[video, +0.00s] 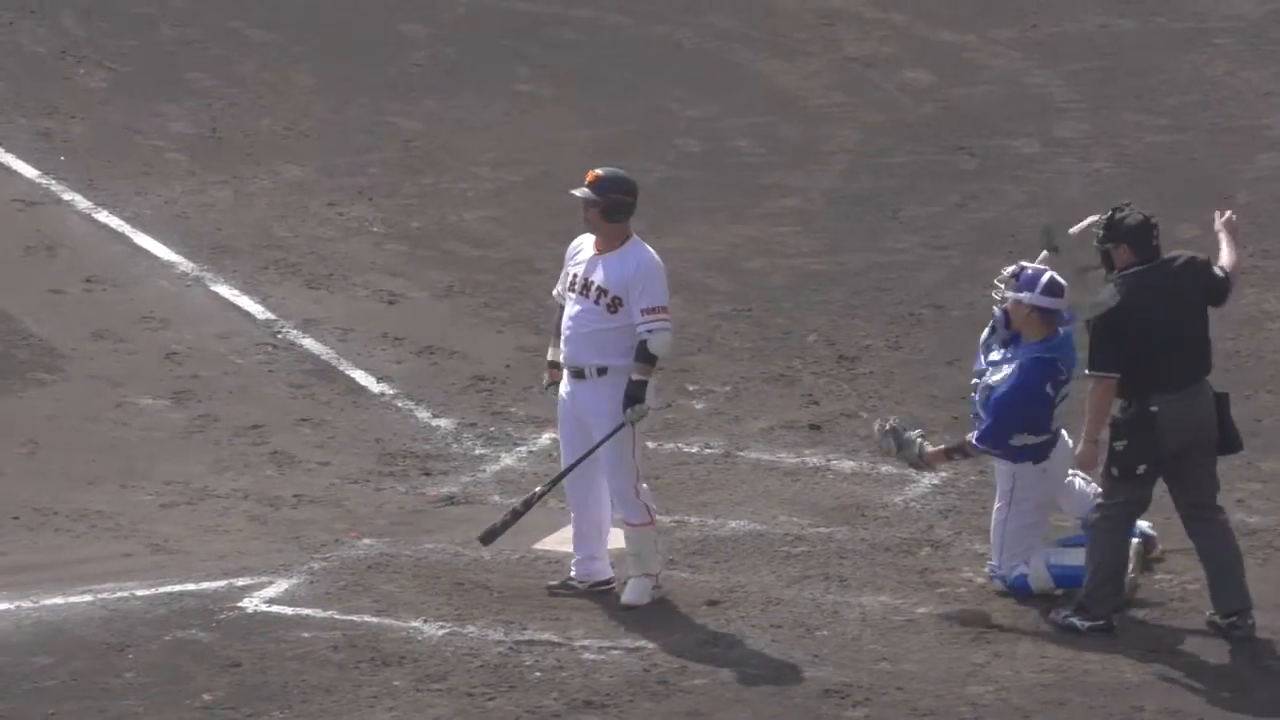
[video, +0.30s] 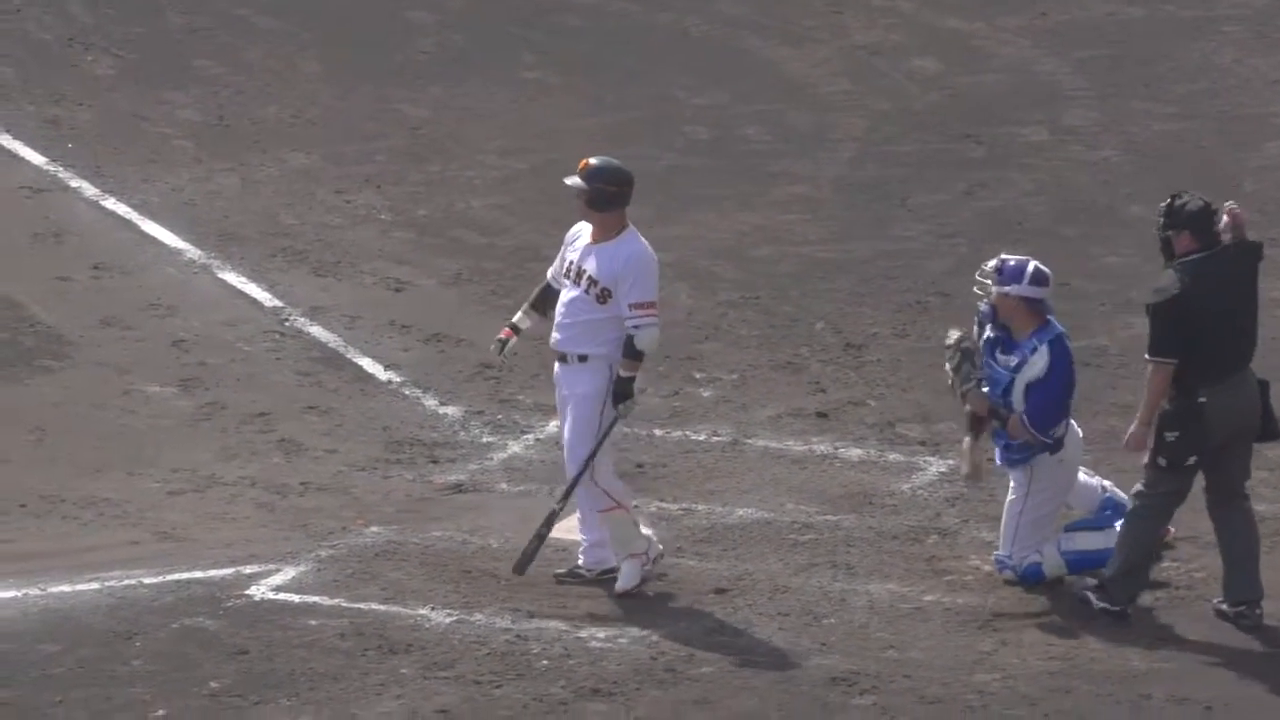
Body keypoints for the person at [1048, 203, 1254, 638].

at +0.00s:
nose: (1107, 255)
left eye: (1109, 248)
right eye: (1108, 247)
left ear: (1122, 252)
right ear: (1150, 244)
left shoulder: (1113, 306)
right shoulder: (1188, 270)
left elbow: (1103, 383)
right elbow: (1226, 278)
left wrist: (1089, 440)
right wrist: (1227, 234)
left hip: (1144, 417)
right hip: (1197, 406)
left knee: (1114, 513)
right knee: (1203, 509)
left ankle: (1095, 611)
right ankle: (1236, 612)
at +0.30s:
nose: (1165, 238)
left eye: (1170, 232)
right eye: (1167, 231)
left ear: (1185, 238)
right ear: (1209, 236)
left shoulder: (1172, 292)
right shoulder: (1241, 261)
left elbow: (1162, 369)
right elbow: (1244, 245)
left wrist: (1142, 422)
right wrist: (1236, 228)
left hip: (1190, 407)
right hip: (1239, 395)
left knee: (1152, 500)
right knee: (1230, 497)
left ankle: (1115, 593)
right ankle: (1244, 601)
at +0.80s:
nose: (1205, 223)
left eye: (1210, 217)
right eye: (1206, 215)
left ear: (1231, 222)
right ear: (1249, 218)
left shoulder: (1221, 267)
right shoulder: (1269, 245)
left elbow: (1223, 347)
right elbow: (1249, 219)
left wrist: (1209, 414)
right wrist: (1235, 177)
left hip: (1236, 393)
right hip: (1271, 386)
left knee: (1185, 481)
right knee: (1253, 480)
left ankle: (1183, 585)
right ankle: (1254, 583)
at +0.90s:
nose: (1209, 220)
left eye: (1215, 213)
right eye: (1210, 212)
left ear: (1234, 218)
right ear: (1254, 215)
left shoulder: (1227, 266)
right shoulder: (1272, 248)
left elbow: (1227, 346)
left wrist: (1216, 411)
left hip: (1240, 396)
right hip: (1272, 393)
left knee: (1192, 482)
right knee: (1256, 480)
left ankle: (1219, 582)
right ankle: (1257, 583)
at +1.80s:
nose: (1182, 206)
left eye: (1189, 199)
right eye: (1183, 197)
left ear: (1212, 204)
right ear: (1227, 201)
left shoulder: (1208, 251)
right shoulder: (1262, 231)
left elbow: (1209, 328)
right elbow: (1264, 306)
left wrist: (1186, 389)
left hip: (1220, 369)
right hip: (1258, 360)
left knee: (1209, 475)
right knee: (1242, 462)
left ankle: (1206, 578)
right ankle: (1259, 555)